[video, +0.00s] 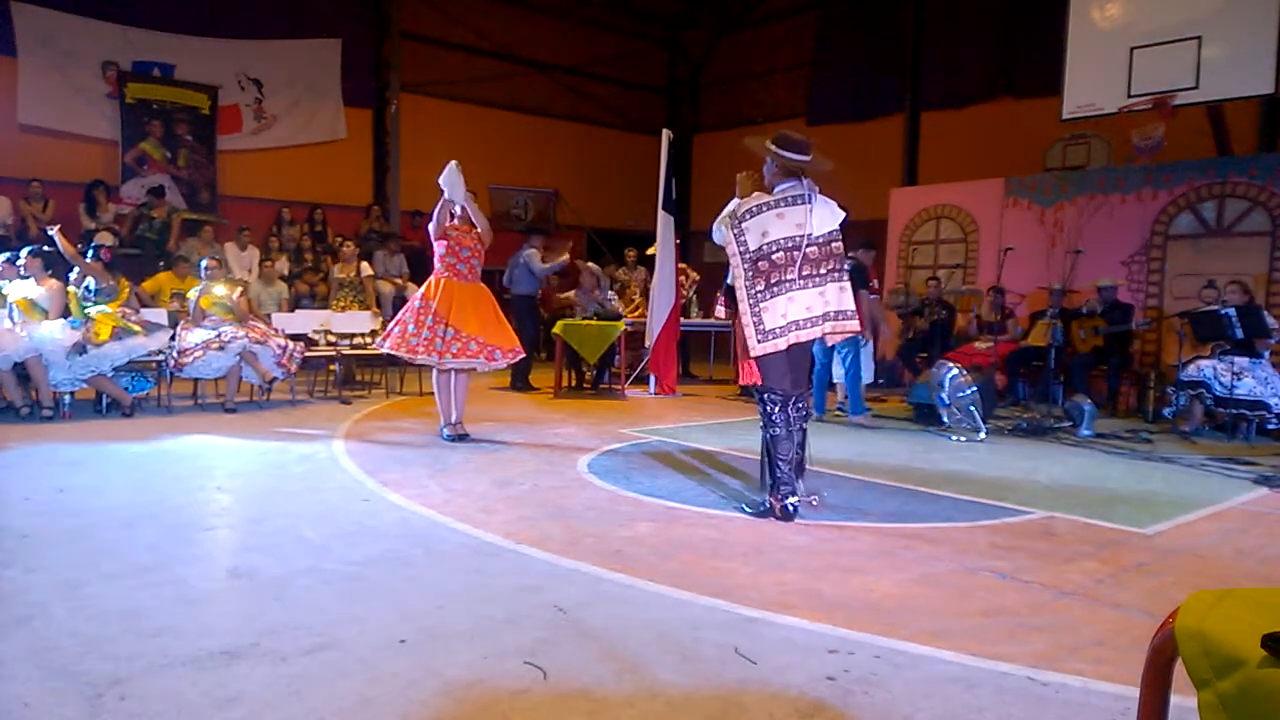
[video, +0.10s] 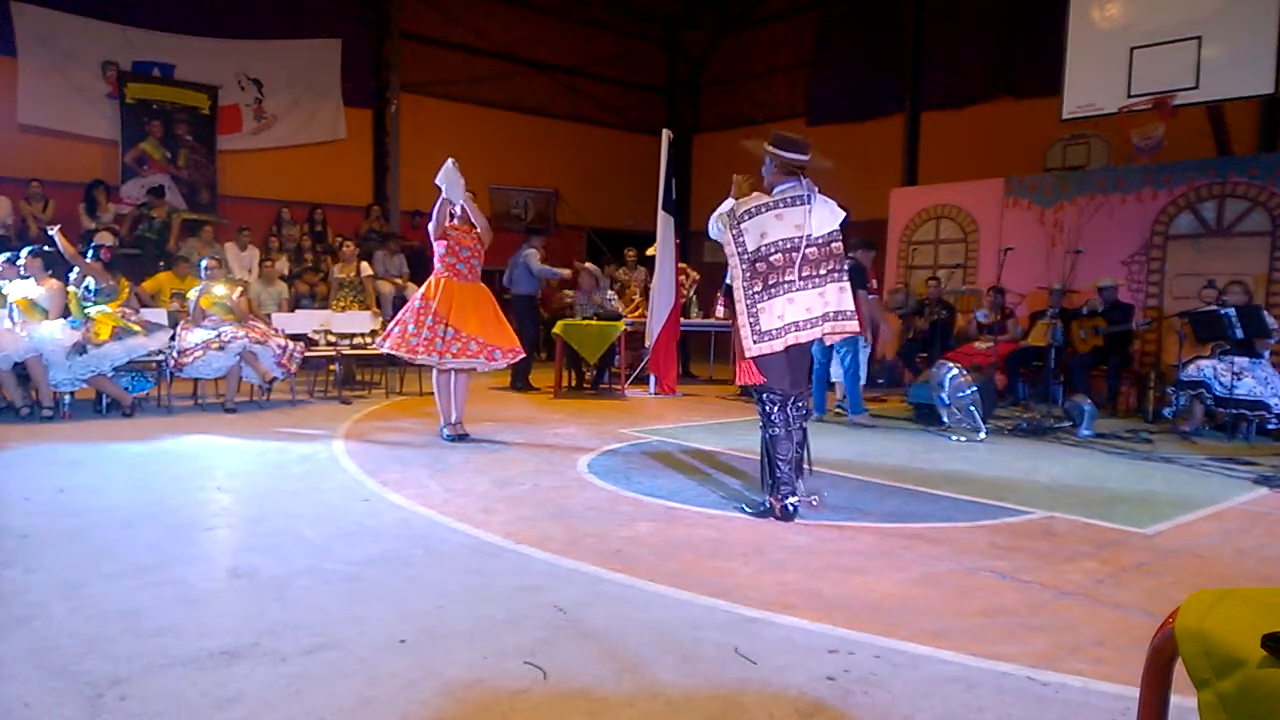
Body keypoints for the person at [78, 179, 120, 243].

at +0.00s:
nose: (100, 194)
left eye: (103, 191)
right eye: (97, 191)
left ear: (106, 193)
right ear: (91, 193)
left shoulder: (112, 207)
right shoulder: (83, 207)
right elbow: (86, 224)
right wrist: (110, 226)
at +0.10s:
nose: (100, 194)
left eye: (103, 191)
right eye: (97, 191)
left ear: (106, 192)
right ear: (91, 193)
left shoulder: (112, 207)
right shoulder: (84, 207)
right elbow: (86, 225)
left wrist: (102, 204)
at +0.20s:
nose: (100, 194)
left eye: (103, 191)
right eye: (97, 191)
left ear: (106, 192)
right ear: (91, 193)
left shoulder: (112, 207)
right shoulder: (84, 207)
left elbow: (132, 210)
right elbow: (86, 224)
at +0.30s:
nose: (100, 193)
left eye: (102, 191)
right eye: (97, 191)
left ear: (106, 192)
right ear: (91, 193)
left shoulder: (112, 207)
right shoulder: (84, 207)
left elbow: (132, 211)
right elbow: (86, 225)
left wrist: (125, 229)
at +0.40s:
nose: (100, 193)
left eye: (102, 190)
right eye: (96, 191)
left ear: (106, 192)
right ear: (90, 193)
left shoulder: (111, 206)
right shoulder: (83, 207)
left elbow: (132, 211)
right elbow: (86, 225)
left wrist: (125, 229)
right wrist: (109, 226)